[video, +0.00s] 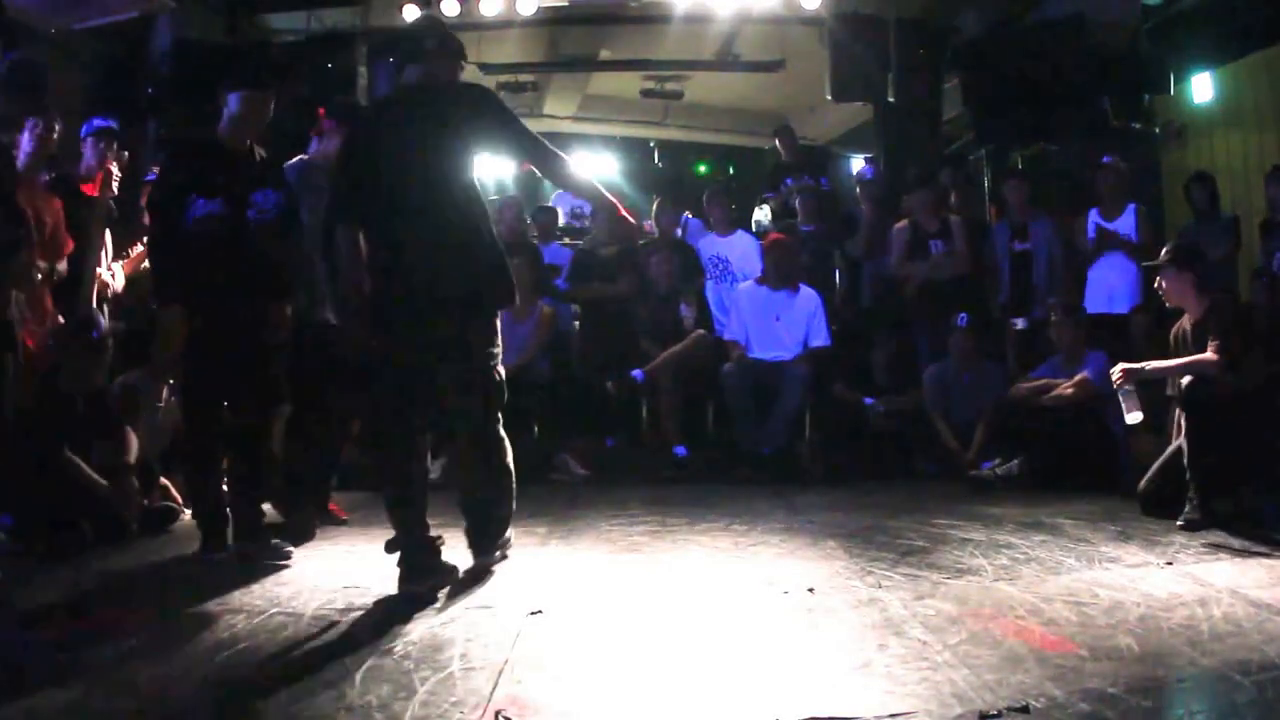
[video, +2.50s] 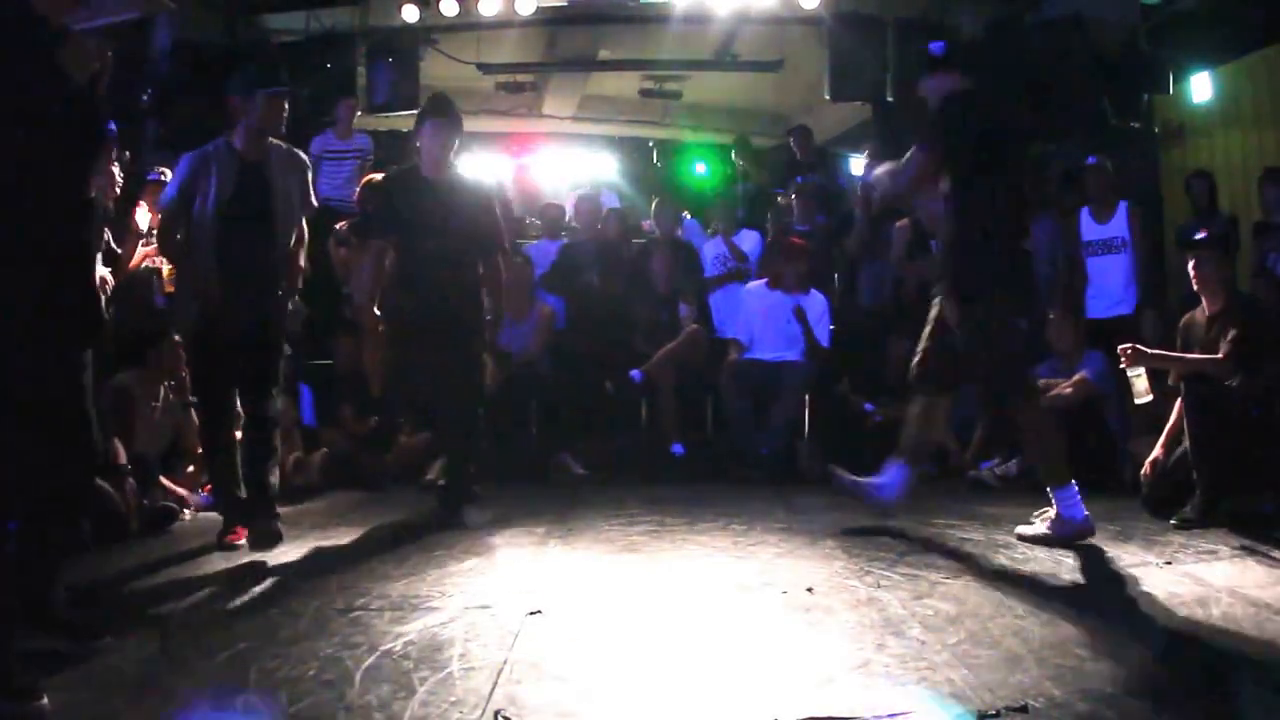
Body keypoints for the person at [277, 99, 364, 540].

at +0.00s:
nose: (342, 147)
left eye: (346, 139)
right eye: (338, 137)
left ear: (344, 138)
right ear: (323, 131)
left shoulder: (346, 177)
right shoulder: (299, 174)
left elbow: (352, 244)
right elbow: (300, 245)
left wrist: (360, 292)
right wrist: (314, 300)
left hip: (339, 311)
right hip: (306, 310)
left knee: (331, 407)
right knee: (308, 405)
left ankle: (320, 491)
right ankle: (298, 493)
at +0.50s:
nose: (320, 153)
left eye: (324, 145)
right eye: (316, 144)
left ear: (322, 143)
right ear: (300, 140)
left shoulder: (336, 181)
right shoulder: (278, 179)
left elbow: (358, 232)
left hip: (322, 303)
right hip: (282, 302)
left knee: (322, 395)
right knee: (280, 394)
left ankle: (311, 485)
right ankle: (278, 486)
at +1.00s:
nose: (328, 152)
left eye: (331, 144)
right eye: (321, 142)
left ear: (325, 148)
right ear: (295, 139)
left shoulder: (316, 192)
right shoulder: (260, 180)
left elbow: (310, 252)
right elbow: (246, 247)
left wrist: (311, 297)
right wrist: (287, 274)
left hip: (299, 312)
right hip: (255, 312)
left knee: (310, 403)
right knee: (258, 406)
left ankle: (305, 489)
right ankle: (267, 493)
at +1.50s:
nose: (340, 162)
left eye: (345, 155)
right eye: (337, 150)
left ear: (334, 153)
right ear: (311, 137)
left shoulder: (311, 195)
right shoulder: (272, 172)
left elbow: (308, 256)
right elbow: (237, 225)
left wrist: (307, 288)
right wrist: (265, 269)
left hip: (294, 315)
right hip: (263, 314)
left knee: (303, 404)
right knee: (278, 403)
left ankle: (289, 494)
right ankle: (261, 498)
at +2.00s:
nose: (308, 156)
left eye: (313, 148)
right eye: (302, 144)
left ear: (309, 151)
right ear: (277, 138)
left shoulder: (302, 199)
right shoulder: (238, 176)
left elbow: (300, 257)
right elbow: (185, 217)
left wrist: (291, 285)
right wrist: (214, 265)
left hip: (272, 320)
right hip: (231, 314)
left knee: (260, 412)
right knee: (250, 412)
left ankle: (246, 506)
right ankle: (242, 513)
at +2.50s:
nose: (282, 113)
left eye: (284, 104)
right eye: (272, 104)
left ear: (280, 109)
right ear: (241, 106)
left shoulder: (294, 164)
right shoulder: (200, 163)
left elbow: (302, 229)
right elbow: (168, 224)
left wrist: (293, 284)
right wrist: (186, 268)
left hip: (268, 307)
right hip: (211, 306)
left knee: (262, 411)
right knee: (216, 415)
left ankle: (264, 511)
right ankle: (232, 515)